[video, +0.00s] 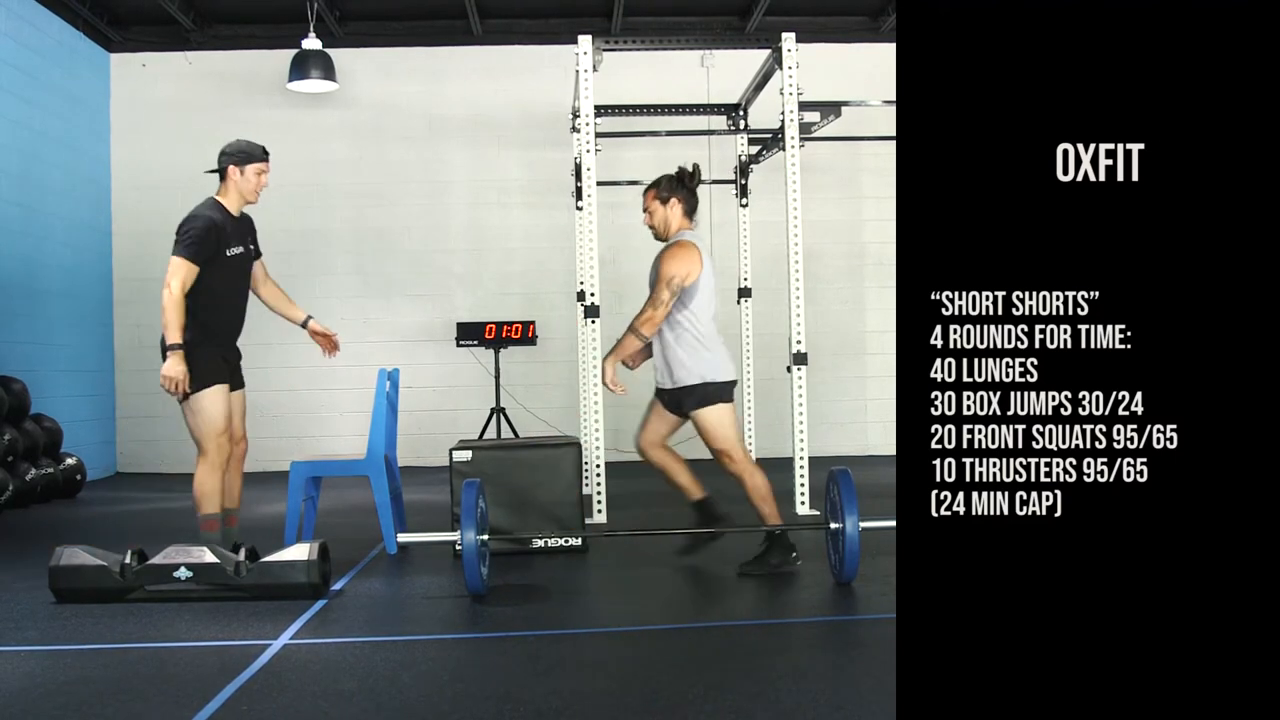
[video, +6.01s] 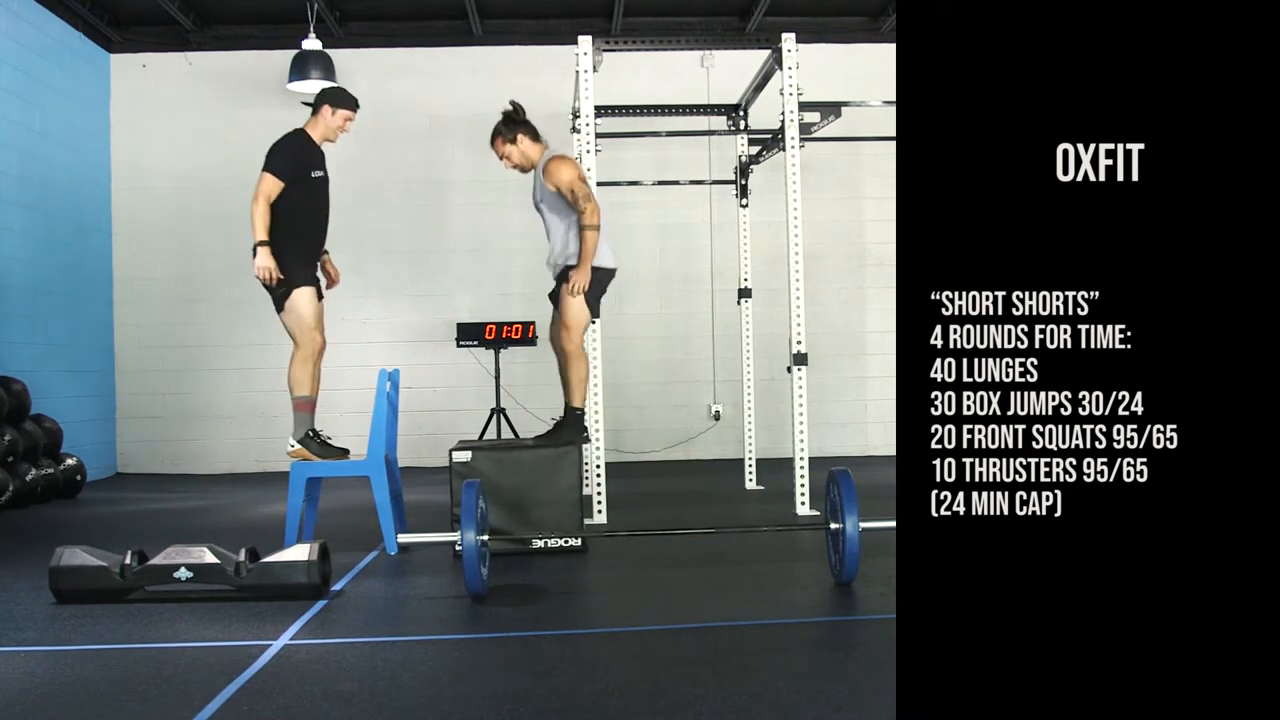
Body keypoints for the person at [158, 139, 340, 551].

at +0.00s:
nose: (265, 183)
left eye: (266, 175)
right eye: (259, 174)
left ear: (244, 175)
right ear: (233, 172)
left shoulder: (244, 224)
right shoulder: (203, 223)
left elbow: (263, 284)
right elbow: (173, 288)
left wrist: (308, 323)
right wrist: (174, 353)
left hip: (224, 349)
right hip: (195, 351)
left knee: (236, 445)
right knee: (213, 449)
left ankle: (230, 545)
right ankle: (211, 552)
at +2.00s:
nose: (284, 277)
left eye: (286, 270)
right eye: (282, 267)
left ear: (260, 264)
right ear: (258, 262)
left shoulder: (224, 299)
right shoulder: (235, 298)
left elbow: (180, 352)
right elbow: (233, 368)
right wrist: (284, 374)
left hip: (202, 417)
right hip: (172, 417)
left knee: (278, 453)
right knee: (137, 520)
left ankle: (246, 550)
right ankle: (22, 540)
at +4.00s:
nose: (217, 228)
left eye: (219, 220)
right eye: (215, 219)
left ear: (188, 215)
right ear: (194, 214)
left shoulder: (154, 247)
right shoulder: (174, 258)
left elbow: (129, 297)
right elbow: (145, 320)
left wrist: (181, 337)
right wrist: (194, 362)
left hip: (132, 371)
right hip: (153, 375)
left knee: (142, 464)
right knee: (196, 455)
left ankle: (87, 545)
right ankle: (222, 553)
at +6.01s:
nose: (347, 128)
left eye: (351, 122)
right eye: (345, 119)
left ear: (331, 116)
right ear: (325, 112)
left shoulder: (315, 152)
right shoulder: (291, 147)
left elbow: (306, 212)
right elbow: (261, 200)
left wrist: (322, 256)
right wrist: (262, 249)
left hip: (304, 262)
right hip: (285, 259)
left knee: (315, 344)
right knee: (308, 343)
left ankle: (306, 433)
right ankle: (301, 435)